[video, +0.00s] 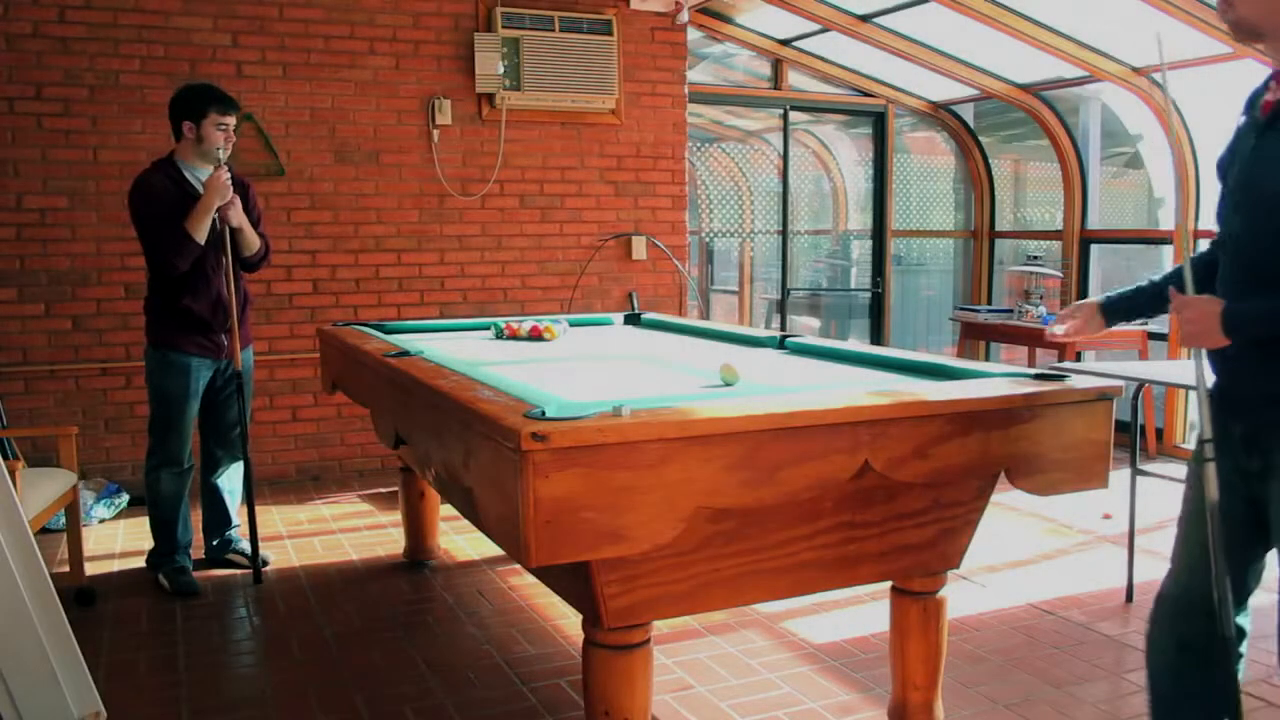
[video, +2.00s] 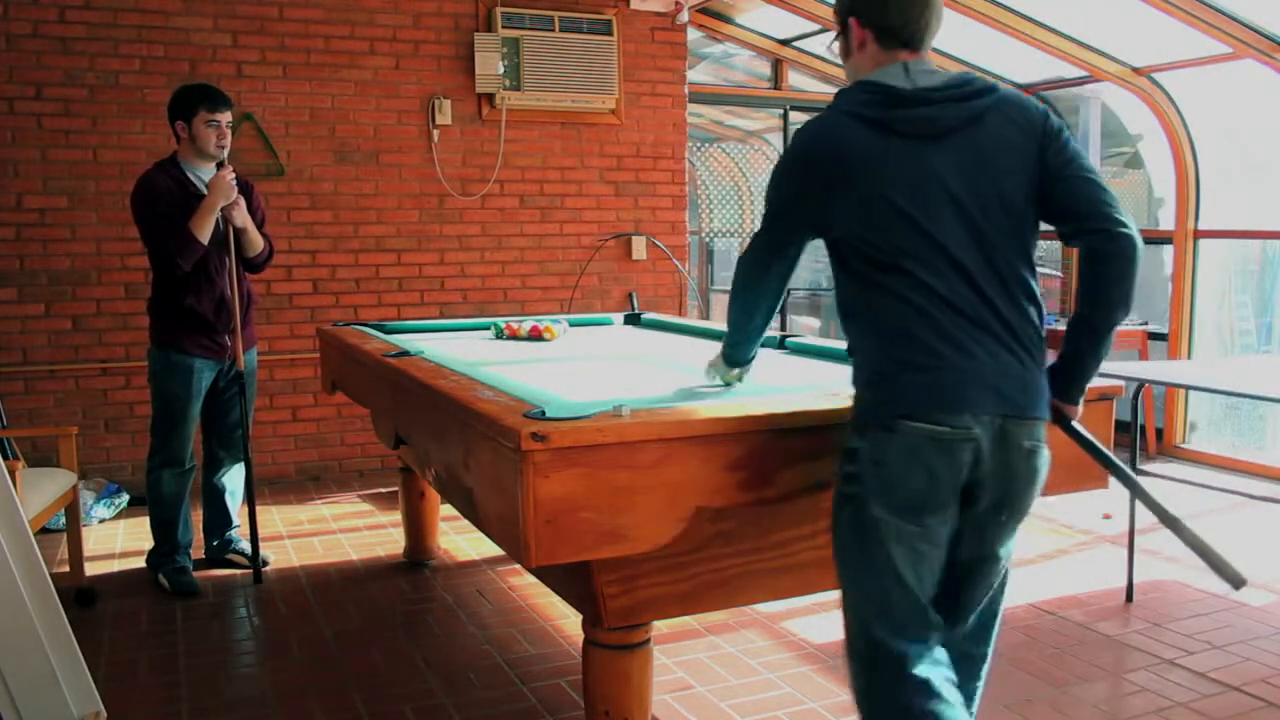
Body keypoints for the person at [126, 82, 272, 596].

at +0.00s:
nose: (229, 138)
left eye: (233, 128)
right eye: (220, 128)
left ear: (233, 132)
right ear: (187, 130)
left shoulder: (236, 185)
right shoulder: (152, 187)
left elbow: (255, 261)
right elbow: (171, 262)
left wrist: (240, 222)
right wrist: (205, 205)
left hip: (235, 338)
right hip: (180, 340)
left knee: (228, 449)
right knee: (174, 454)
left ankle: (223, 542)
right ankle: (170, 558)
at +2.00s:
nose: (224, 134)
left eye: (228, 126)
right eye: (213, 125)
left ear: (232, 131)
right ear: (182, 129)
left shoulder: (239, 186)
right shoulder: (155, 187)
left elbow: (259, 262)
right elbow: (175, 261)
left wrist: (243, 222)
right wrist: (211, 204)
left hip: (238, 339)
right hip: (183, 341)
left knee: (230, 450)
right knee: (175, 455)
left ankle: (223, 542)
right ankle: (171, 558)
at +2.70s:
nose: (223, 135)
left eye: (228, 126)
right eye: (213, 126)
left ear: (232, 131)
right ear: (181, 129)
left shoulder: (239, 186)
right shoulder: (154, 187)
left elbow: (259, 262)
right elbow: (175, 262)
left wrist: (243, 222)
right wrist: (209, 205)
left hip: (238, 339)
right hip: (183, 341)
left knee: (229, 450)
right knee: (175, 455)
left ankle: (223, 543)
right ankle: (171, 558)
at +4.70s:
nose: (247, 143)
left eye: (251, 135)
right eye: (237, 134)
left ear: (253, 140)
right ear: (207, 134)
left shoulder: (250, 191)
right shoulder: (172, 188)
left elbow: (272, 265)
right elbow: (183, 263)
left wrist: (263, 244)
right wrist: (231, 224)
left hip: (248, 334)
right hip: (198, 335)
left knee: (238, 446)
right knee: (202, 448)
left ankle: (220, 540)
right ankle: (185, 556)